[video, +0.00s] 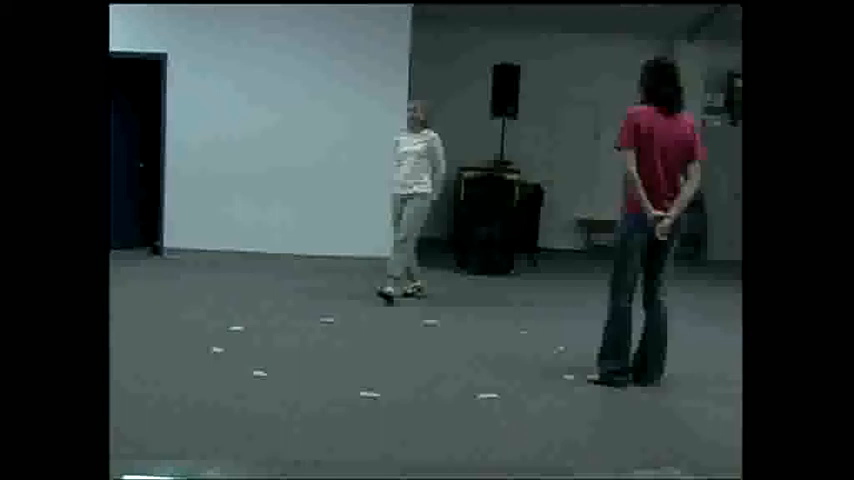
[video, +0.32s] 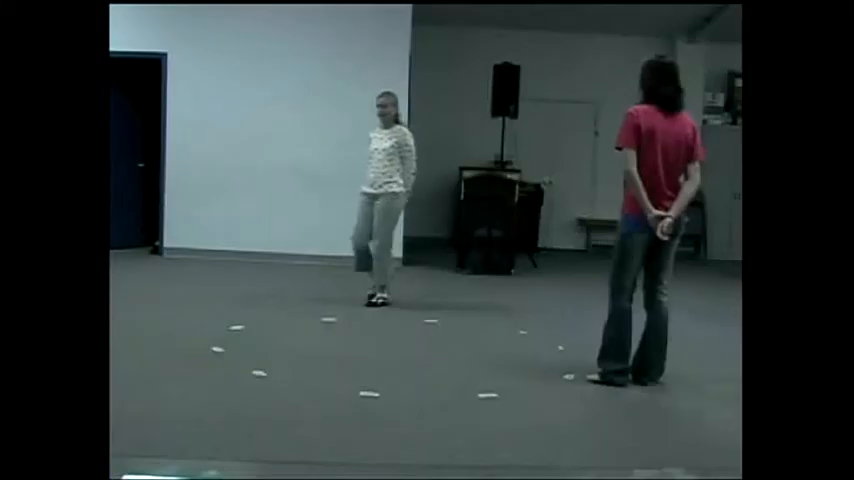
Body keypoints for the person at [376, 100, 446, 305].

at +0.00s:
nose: (412, 115)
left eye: (416, 111)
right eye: (409, 111)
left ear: (424, 115)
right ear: (406, 114)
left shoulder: (431, 139)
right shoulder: (400, 139)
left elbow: (440, 167)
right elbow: (395, 164)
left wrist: (435, 190)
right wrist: (393, 185)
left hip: (420, 192)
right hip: (399, 191)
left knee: (405, 237)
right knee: (402, 238)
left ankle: (392, 283)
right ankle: (414, 281)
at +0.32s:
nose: (382, 110)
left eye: (387, 106)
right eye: (379, 106)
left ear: (396, 109)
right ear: (376, 109)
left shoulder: (403, 134)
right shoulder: (375, 135)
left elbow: (410, 165)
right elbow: (375, 164)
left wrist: (405, 189)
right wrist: (373, 183)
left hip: (391, 191)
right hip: (370, 189)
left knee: (381, 242)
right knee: (360, 239)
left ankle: (382, 290)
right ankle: (376, 283)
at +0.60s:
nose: (346, 109)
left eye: (351, 105)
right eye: (343, 105)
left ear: (361, 107)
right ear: (340, 108)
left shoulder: (369, 135)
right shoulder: (338, 135)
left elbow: (375, 169)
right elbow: (338, 166)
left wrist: (368, 195)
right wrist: (338, 187)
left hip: (356, 198)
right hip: (333, 196)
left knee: (351, 250)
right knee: (326, 248)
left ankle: (373, 285)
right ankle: (325, 298)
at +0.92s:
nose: (318, 105)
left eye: (322, 101)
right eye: (315, 101)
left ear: (332, 103)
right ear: (311, 103)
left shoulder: (340, 130)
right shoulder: (306, 131)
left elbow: (348, 163)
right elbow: (307, 162)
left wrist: (344, 189)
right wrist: (308, 183)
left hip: (330, 191)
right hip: (306, 190)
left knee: (310, 245)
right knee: (313, 245)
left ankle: (302, 300)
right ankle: (324, 298)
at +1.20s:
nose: (292, 101)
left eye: (297, 97)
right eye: (289, 97)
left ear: (308, 100)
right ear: (285, 99)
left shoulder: (313, 127)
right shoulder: (283, 129)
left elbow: (323, 162)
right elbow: (284, 162)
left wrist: (318, 191)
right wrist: (283, 183)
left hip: (303, 191)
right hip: (279, 191)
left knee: (289, 248)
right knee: (272, 249)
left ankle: (283, 305)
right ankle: (298, 286)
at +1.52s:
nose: (271, 98)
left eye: (276, 93)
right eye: (268, 94)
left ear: (286, 96)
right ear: (263, 97)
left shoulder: (296, 125)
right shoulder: (257, 127)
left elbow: (305, 162)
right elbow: (257, 160)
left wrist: (295, 190)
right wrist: (262, 183)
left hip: (284, 195)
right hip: (255, 194)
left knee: (282, 254)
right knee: (241, 249)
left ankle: (281, 307)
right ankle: (227, 307)